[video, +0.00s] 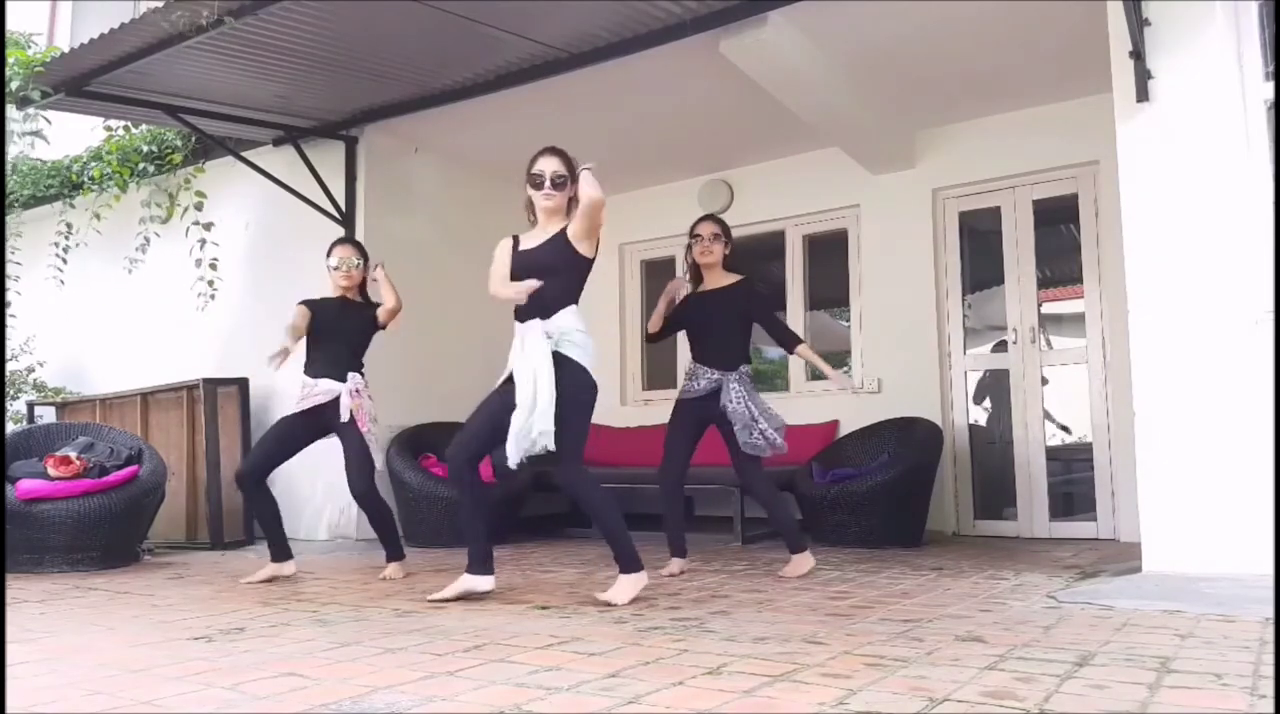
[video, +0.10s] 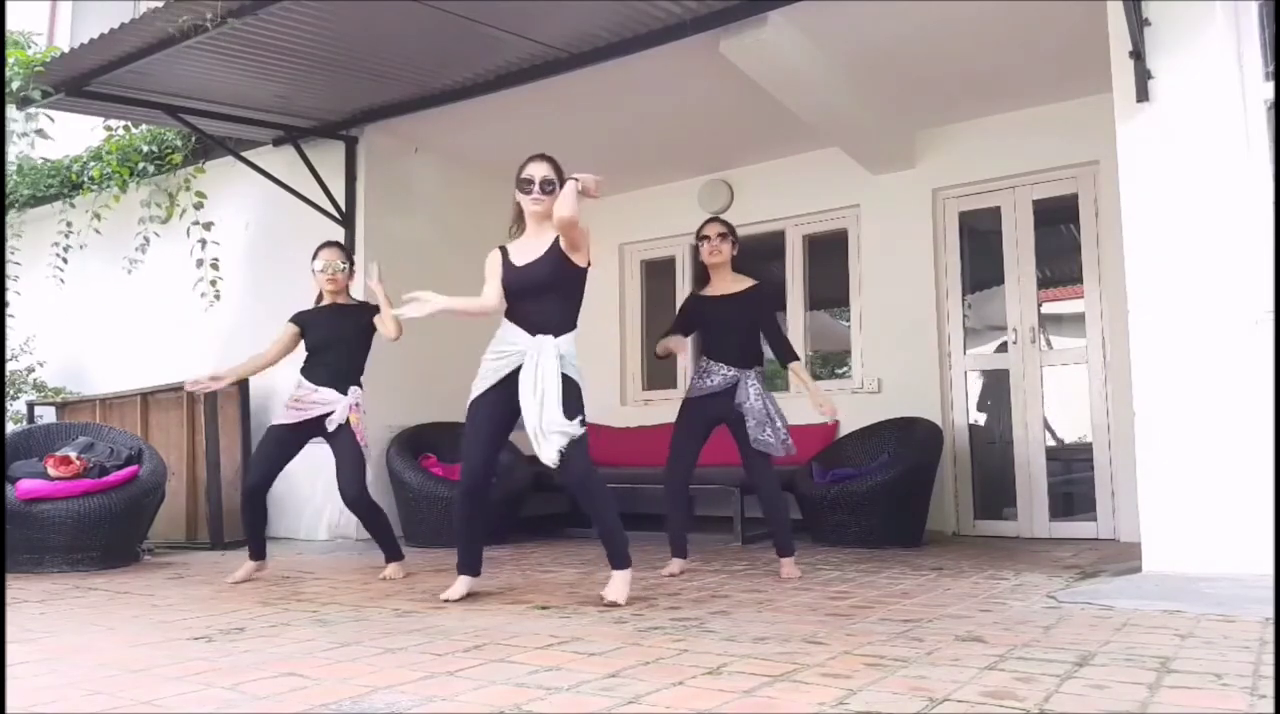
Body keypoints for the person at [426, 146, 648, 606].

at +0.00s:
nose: (548, 187)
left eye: (557, 180)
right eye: (539, 180)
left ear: (571, 188)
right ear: (527, 187)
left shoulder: (581, 233)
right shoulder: (511, 243)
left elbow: (592, 198)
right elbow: (496, 287)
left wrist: (586, 174)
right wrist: (519, 289)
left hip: (568, 364)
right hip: (525, 366)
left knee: (568, 470)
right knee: (460, 454)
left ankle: (632, 571)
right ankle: (479, 571)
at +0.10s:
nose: (537, 191)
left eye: (547, 185)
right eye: (528, 184)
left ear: (560, 194)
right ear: (516, 191)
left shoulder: (573, 241)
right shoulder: (500, 254)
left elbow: (565, 218)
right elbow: (491, 304)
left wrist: (574, 185)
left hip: (556, 363)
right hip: (505, 361)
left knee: (576, 469)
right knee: (474, 468)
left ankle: (621, 565)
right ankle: (467, 571)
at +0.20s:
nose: (532, 192)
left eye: (542, 186)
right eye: (523, 185)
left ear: (555, 196)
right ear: (510, 194)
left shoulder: (567, 244)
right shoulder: (491, 255)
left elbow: (574, 244)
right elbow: (462, 309)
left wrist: (578, 195)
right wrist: (401, 279)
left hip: (546, 370)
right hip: (492, 366)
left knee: (583, 466)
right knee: (478, 475)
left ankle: (592, 577)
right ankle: (465, 575)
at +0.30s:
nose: (528, 174)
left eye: (539, 168)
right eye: (520, 168)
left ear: (553, 179)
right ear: (507, 177)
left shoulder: (569, 229)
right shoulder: (484, 235)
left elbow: (616, 258)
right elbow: (437, 287)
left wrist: (612, 202)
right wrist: (397, 266)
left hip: (549, 355)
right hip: (492, 354)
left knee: (585, 456)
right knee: (471, 468)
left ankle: (600, 569)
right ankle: (464, 572)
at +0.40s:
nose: (531, 167)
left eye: (542, 161)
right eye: (523, 161)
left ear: (555, 173)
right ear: (510, 172)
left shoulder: (570, 226)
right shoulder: (486, 229)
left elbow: (608, 256)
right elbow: (436, 268)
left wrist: (625, 271)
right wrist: (412, 300)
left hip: (551, 351)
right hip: (498, 353)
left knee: (581, 464)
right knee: (477, 464)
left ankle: (616, 575)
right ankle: (482, 576)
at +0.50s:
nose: (536, 171)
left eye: (546, 164)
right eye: (527, 164)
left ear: (560, 175)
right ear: (515, 173)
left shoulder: (573, 228)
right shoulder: (492, 234)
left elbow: (599, 286)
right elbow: (459, 299)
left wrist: (611, 339)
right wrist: (447, 356)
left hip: (560, 352)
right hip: (506, 354)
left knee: (582, 465)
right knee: (482, 462)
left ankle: (616, 576)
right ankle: (482, 576)